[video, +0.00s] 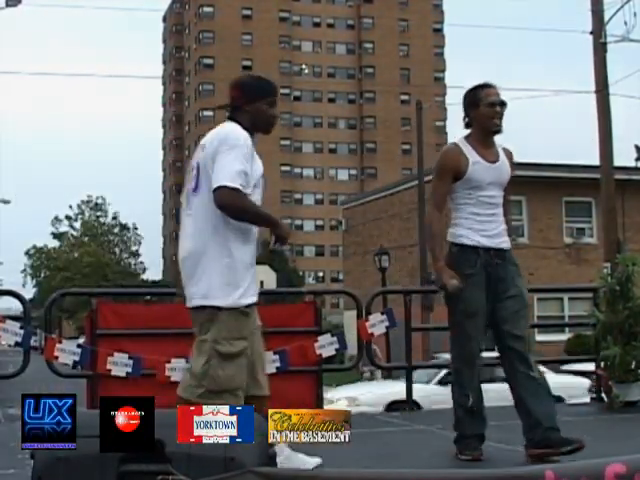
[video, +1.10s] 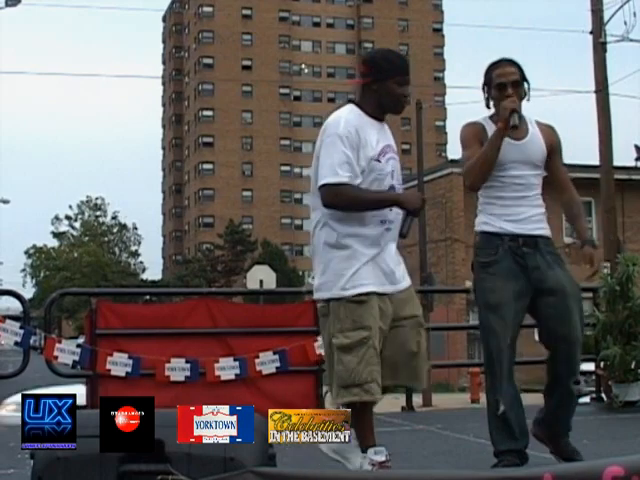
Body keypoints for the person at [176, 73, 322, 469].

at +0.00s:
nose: (275, 113)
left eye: (275, 105)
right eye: (269, 105)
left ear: (241, 107)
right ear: (245, 106)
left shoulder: (219, 140)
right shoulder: (233, 138)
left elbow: (209, 209)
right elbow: (227, 197)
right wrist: (273, 222)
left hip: (228, 284)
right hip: (221, 286)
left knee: (253, 378)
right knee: (211, 385)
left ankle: (267, 448)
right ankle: (191, 462)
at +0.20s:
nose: (303, 119)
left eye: (304, 111)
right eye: (300, 111)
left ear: (277, 108)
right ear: (277, 107)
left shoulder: (265, 142)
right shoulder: (253, 137)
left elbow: (252, 208)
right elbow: (241, 195)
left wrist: (295, 226)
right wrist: (297, 214)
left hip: (268, 276)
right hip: (256, 277)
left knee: (279, 373)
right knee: (272, 370)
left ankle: (268, 451)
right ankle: (223, 447)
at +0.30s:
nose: (316, 115)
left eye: (317, 107)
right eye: (310, 107)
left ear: (295, 105)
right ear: (286, 103)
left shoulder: (283, 145)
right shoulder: (262, 135)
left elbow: (281, 222)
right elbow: (249, 195)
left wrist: (305, 268)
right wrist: (307, 209)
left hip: (281, 267)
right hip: (267, 266)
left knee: (284, 358)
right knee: (301, 351)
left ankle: (269, 448)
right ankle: (274, 447)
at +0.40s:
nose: (326, 110)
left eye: (327, 102)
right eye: (320, 102)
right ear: (293, 101)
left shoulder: (300, 148)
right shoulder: (272, 135)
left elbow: (315, 224)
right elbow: (259, 195)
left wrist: (354, 257)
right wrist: (319, 207)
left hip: (288, 269)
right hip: (279, 269)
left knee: (285, 369)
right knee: (315, 360)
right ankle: (307, 455)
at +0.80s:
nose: (375, 104)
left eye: (376, 96)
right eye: (368, 96)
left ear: (353, 99)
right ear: (342, 97)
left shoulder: (353, 143)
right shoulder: (313, 137)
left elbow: (359, 214)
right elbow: (304, 207)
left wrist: (395, 250)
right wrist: (367, 210)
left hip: (342, 273)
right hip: (320, 274)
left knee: (312, 368)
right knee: (346, 368)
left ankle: (284, 445)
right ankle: (369, 454)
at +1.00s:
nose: (397, 96)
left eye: (397, 89)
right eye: (391, 89)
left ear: (376, 89)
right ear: (364, 88)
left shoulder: (375, 134)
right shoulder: (333, 128)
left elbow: (372, 199)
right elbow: (322, 198)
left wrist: (394, 209)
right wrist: (388, 203)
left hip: (375, 265)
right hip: (341, 267)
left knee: (376, 354)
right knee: (352, 363)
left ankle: (317, 433)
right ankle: (370, 455)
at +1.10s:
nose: (406, 96)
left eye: (407, 88)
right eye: (400, 88)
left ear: (387, 86)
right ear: (373, 85)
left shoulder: (382, 129)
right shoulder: (341, 125)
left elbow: (382, 191)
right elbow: (334, 194)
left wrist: (405, 207)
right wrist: (398, 198)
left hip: (385, 263)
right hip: (349, 268)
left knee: (405, 349)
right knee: (359, 365)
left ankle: (338, 421)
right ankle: (368, 451)